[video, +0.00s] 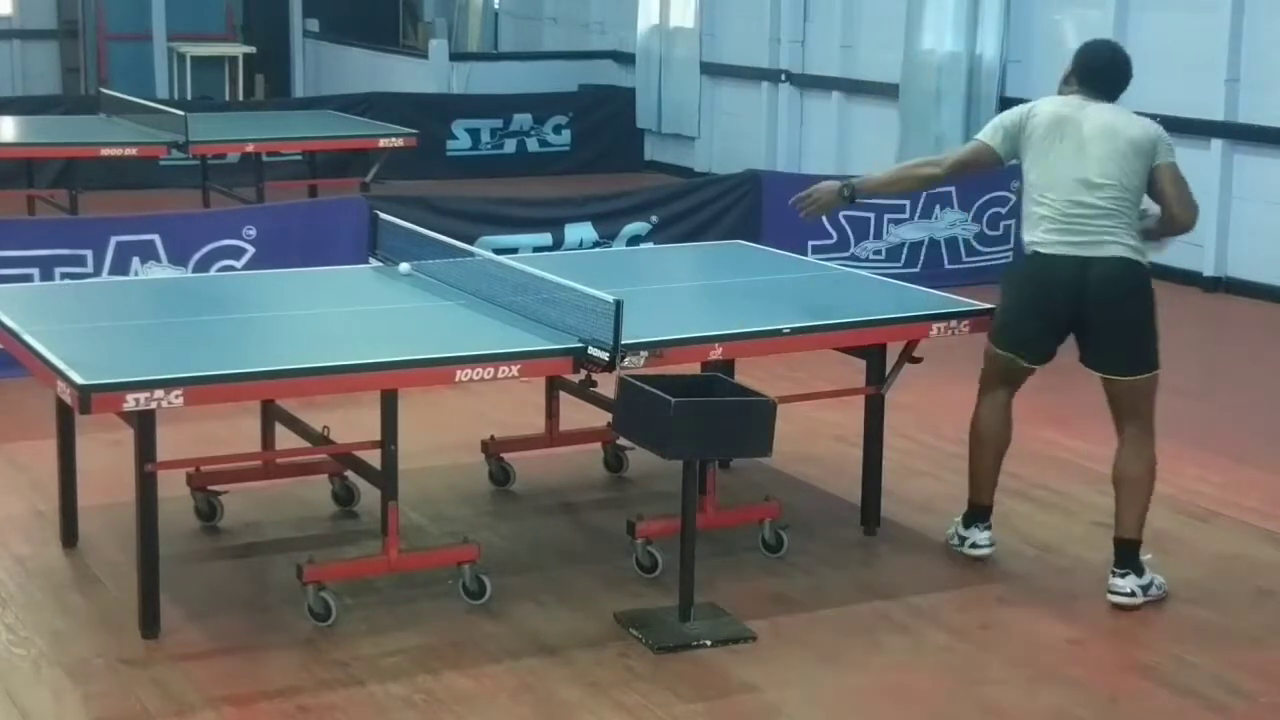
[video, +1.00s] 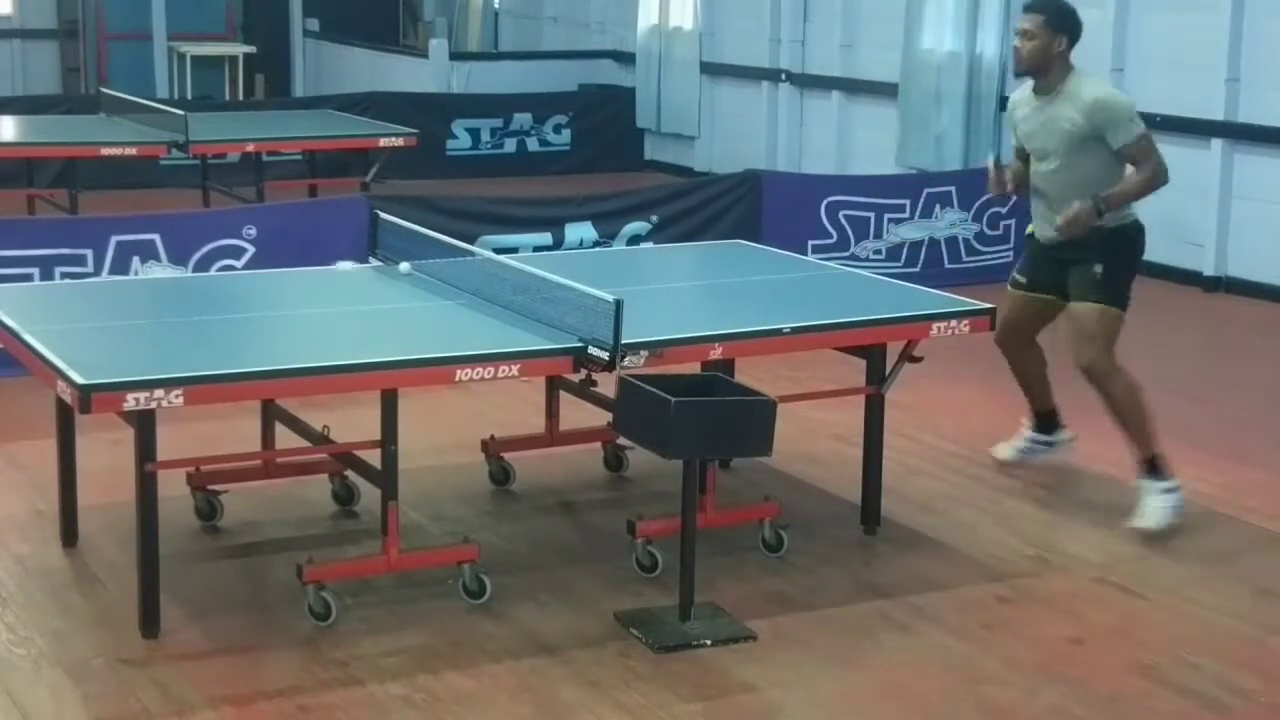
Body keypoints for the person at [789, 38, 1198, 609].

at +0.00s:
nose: (1060, 80)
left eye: (1064, 72)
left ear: (1070, 75)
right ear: (1119, 90)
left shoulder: (1031, 115)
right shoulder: (1145, 131)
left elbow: (943, 169)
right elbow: (1182, 216)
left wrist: (849, 190)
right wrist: (1141, 233)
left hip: (1041, 276)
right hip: (1120, 283)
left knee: (998, 387)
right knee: (1135, 425)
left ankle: (977, 524)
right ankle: (1127, 570)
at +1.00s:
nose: (1017, 45)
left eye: (1027, 37)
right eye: (1017, 36)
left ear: (1060, 43)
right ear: (1030, 44)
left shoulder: (1101, 103)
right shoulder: (1020, 106)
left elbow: (1155, 171)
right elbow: (1026, 172)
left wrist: (1098, 206)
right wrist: (1008, 180)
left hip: (1106, 242)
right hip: (1048, 241)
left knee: (1093, 358)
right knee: (1012, 333)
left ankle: (1159, 481)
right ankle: (1047, 430)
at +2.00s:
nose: (1080, 98)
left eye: (1091, 91)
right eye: (1081, 89)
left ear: (1125, 99)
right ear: (1092, 97)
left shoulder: (1167, 153)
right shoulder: (1086, 155)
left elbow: (1216, 227)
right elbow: (1083, 218)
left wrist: (1137, 245)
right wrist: (1044, 234)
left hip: (1183, 281)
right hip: (1124, 281)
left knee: (1171, 395)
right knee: (1070, 366)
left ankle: (1246, 503)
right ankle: (1071, 440)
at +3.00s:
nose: (1040, 39)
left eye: (1048, 25)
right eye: (1035, 28)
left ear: (1087, 17)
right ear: (1042, 28)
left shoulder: (1135, 87)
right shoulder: (1057, 87)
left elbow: (1162, 184)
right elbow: (1075, 176)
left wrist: (1062, 188)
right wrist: (1030, 203)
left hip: (1112, 263)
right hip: (1053, 261)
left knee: (1117, 397)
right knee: (1010, 386)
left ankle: (1136, 532)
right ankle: (1056, 515)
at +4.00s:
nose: (778, 224)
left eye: (780, 215)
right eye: (776, 216)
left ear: (795, 208)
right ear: (806, 201)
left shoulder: (820, 241)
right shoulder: (849, 213)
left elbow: (799, 311)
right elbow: (886, 247)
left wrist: (747, 352)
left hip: (882, 322)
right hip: (908, 309)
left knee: (846, 400)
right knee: (907, 389)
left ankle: (835, 496)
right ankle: (945, 460)